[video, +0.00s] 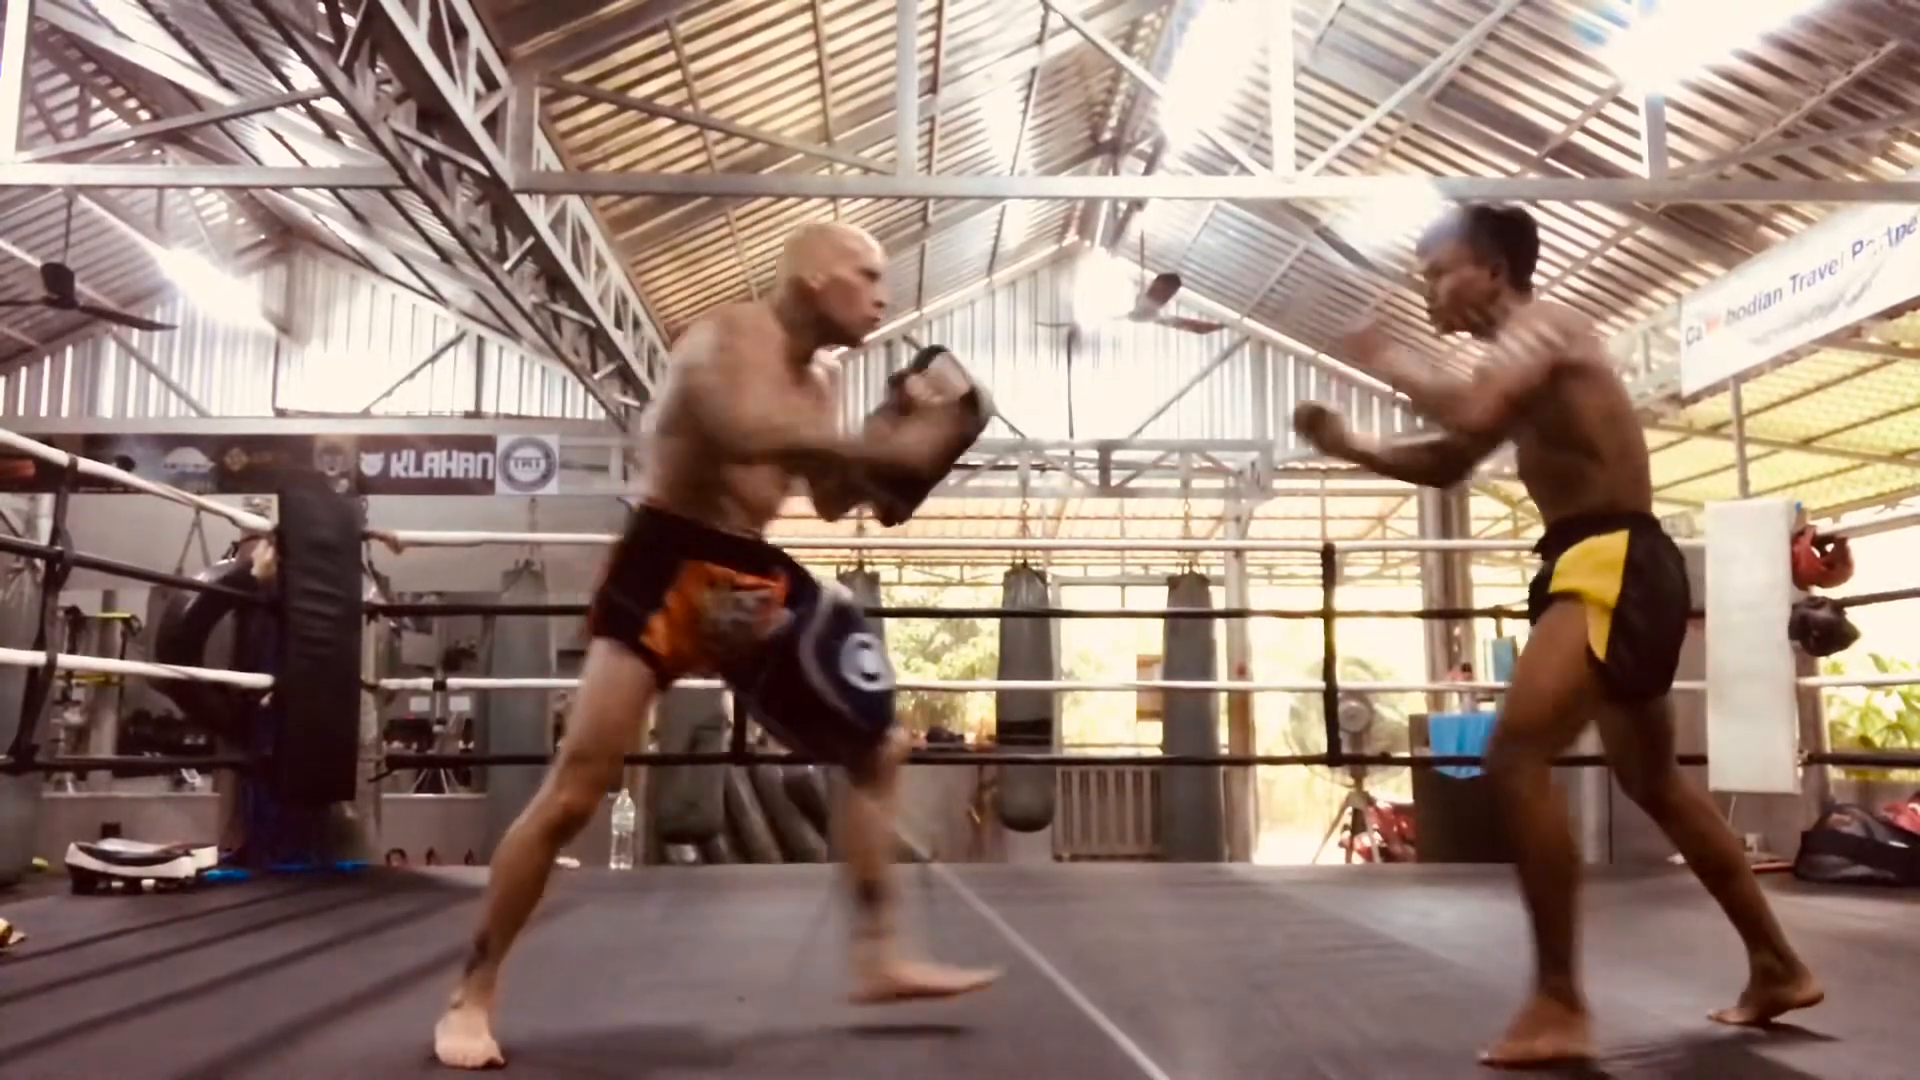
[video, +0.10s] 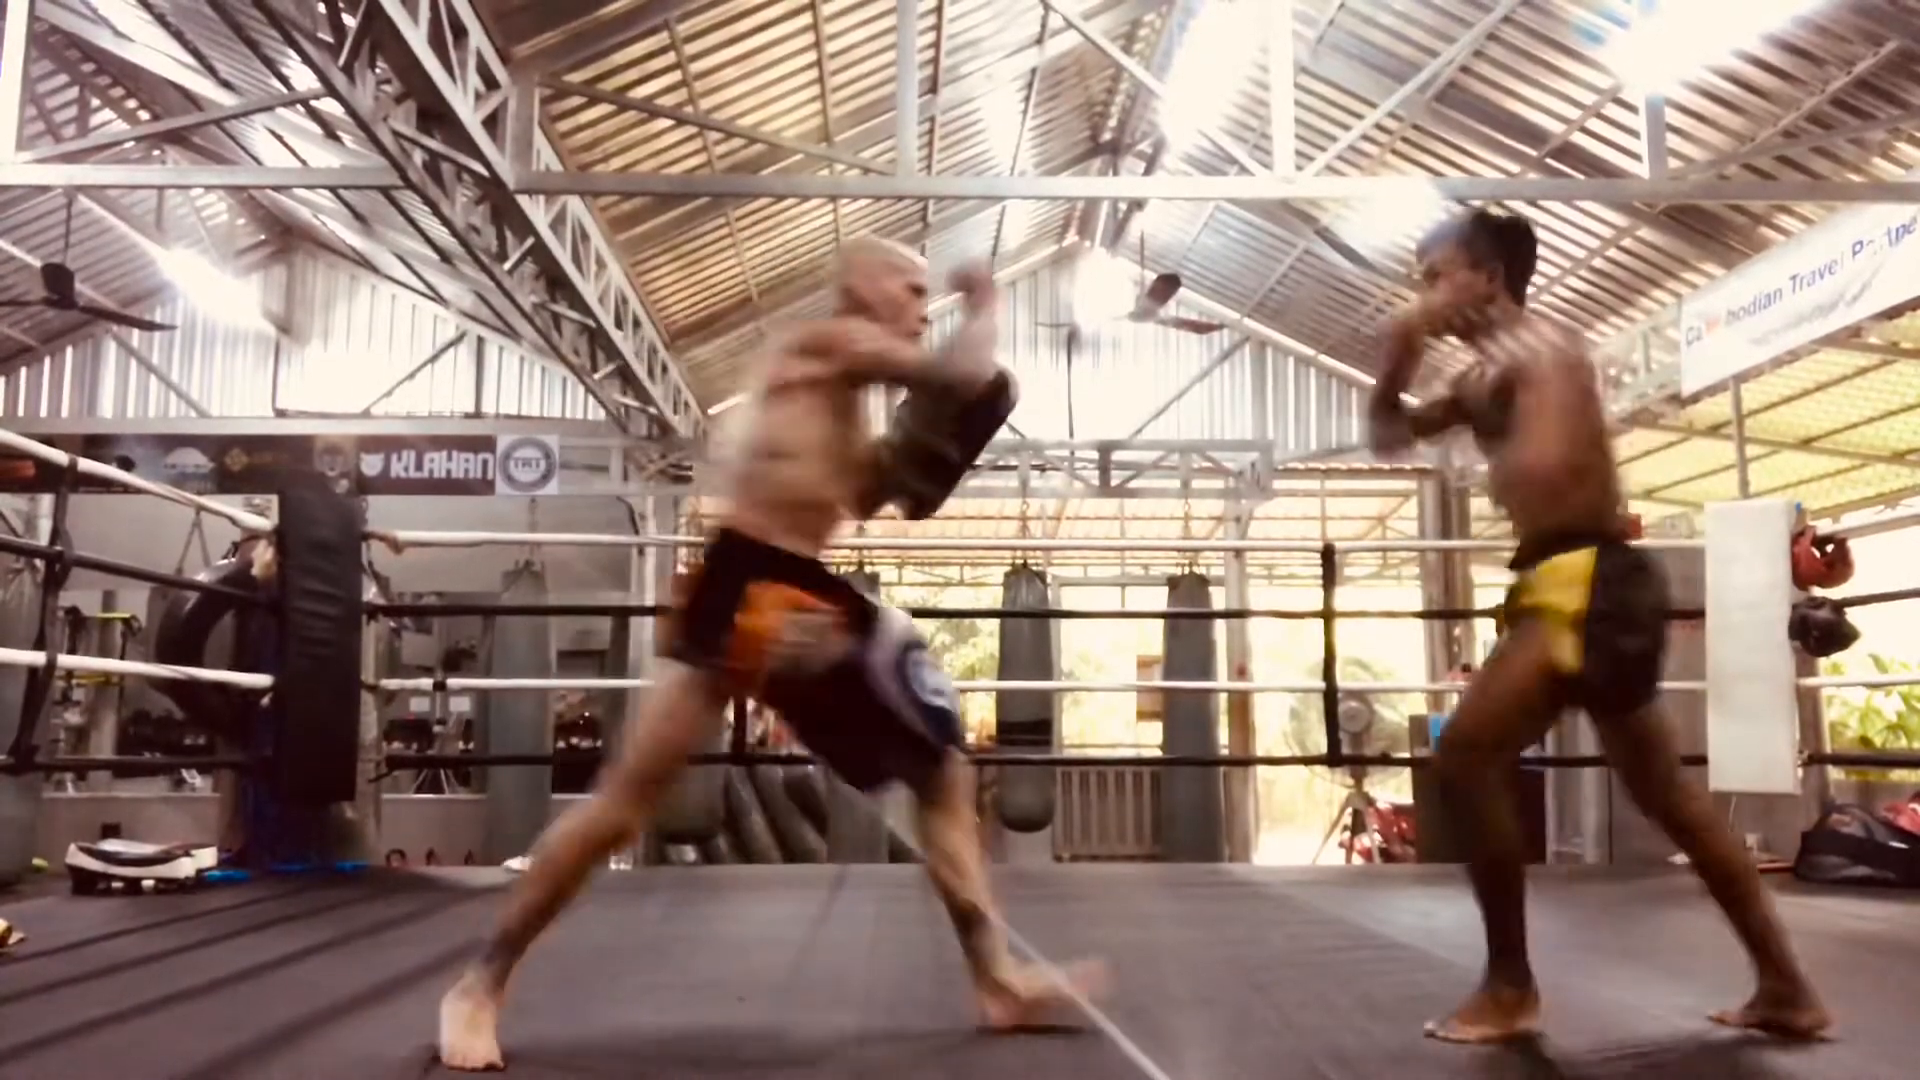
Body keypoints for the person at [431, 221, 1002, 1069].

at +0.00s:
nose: (881, 300)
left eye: (881, 284)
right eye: (868, 280)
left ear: (833, 287)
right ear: (816, 278)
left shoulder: (815, 385)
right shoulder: (733, 333)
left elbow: (833, 497)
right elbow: (740, 425)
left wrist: (904, 433)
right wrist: (884, 450)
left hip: (751, 576)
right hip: (665, 563)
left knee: (877, 745)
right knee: (572, 796)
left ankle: (876, 962)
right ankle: (473, 996)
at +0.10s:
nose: (918, 308)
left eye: (920, 296)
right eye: (906, 289)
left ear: (897, 305)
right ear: (857, 286)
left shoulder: (846, 387)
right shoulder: (816, 338)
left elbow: (862, 489)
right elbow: (956, 374)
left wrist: (954, 411)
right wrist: (979, 311)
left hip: (808, 589)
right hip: (744, 577)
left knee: (943, 768)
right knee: (626, 802)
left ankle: (999, 974)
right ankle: (482, 985)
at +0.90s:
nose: (1082, 259)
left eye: (1086, 244)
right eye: (1075, 240)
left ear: (1029, 233)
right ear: (1027, 230)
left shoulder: (1015, 315)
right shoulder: (993, 287)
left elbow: (1067, 429)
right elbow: (1109, 363)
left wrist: (1166, 325)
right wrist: (1196, 314)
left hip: (995, 537)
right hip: (958, 531)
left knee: (1051, 777)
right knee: (1000, 786)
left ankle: (1026, 983)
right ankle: (907, 1039)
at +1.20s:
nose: (1122, 335)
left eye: (1132, 325)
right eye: (1127, 318)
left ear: (1089, 272)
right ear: (1094, 277)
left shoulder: (1018, 324)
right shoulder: (1000, 300)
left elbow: (996, 463)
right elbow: (1019, 412)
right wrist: (1136, 363)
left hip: (988, 549)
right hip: (948, 547)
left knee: (1037, 788)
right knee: (1020, 791)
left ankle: (1024, 981)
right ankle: (908, 1040)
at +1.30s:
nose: (1138, 315)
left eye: (1145, 301)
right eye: (1136, 294)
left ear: (1079, 260)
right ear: (1091, 264)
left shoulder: (1002, 319)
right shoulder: (1013, 301)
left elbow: (989, 481)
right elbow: (986, 417)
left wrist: (1084, 474)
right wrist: (1112, 402)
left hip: (981, 545)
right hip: (971, 544)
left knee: (1035, 788)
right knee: (1044, 803)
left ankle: (1023, 978)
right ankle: (904, 1042)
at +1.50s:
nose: (1102, 233)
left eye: (1106, 218)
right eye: (1100, 213)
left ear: (1034, 190)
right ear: (1056, 193)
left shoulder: (969, 262)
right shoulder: (1011, 248)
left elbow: (922, 442)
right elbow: (1044, 380)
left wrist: (1053, 457)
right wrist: (1136, 373)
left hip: (947, 512)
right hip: (989, 504)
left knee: (1020, 771)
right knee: (1006, 776)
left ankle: (1031, 977)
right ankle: (890, 1039)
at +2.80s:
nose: (931, 264)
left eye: (937, 248)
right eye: (930, 251)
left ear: (975, 241)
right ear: (990, 240)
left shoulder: (1018, 299)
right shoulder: (1016, 321)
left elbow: (1057, 385)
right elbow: (958, 449)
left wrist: (989, 485)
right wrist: (916, 362)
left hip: (1013, 562)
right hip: (1045, 564)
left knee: (961, 778)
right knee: (1062, 776)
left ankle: (936, 997)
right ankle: (1103, 982)